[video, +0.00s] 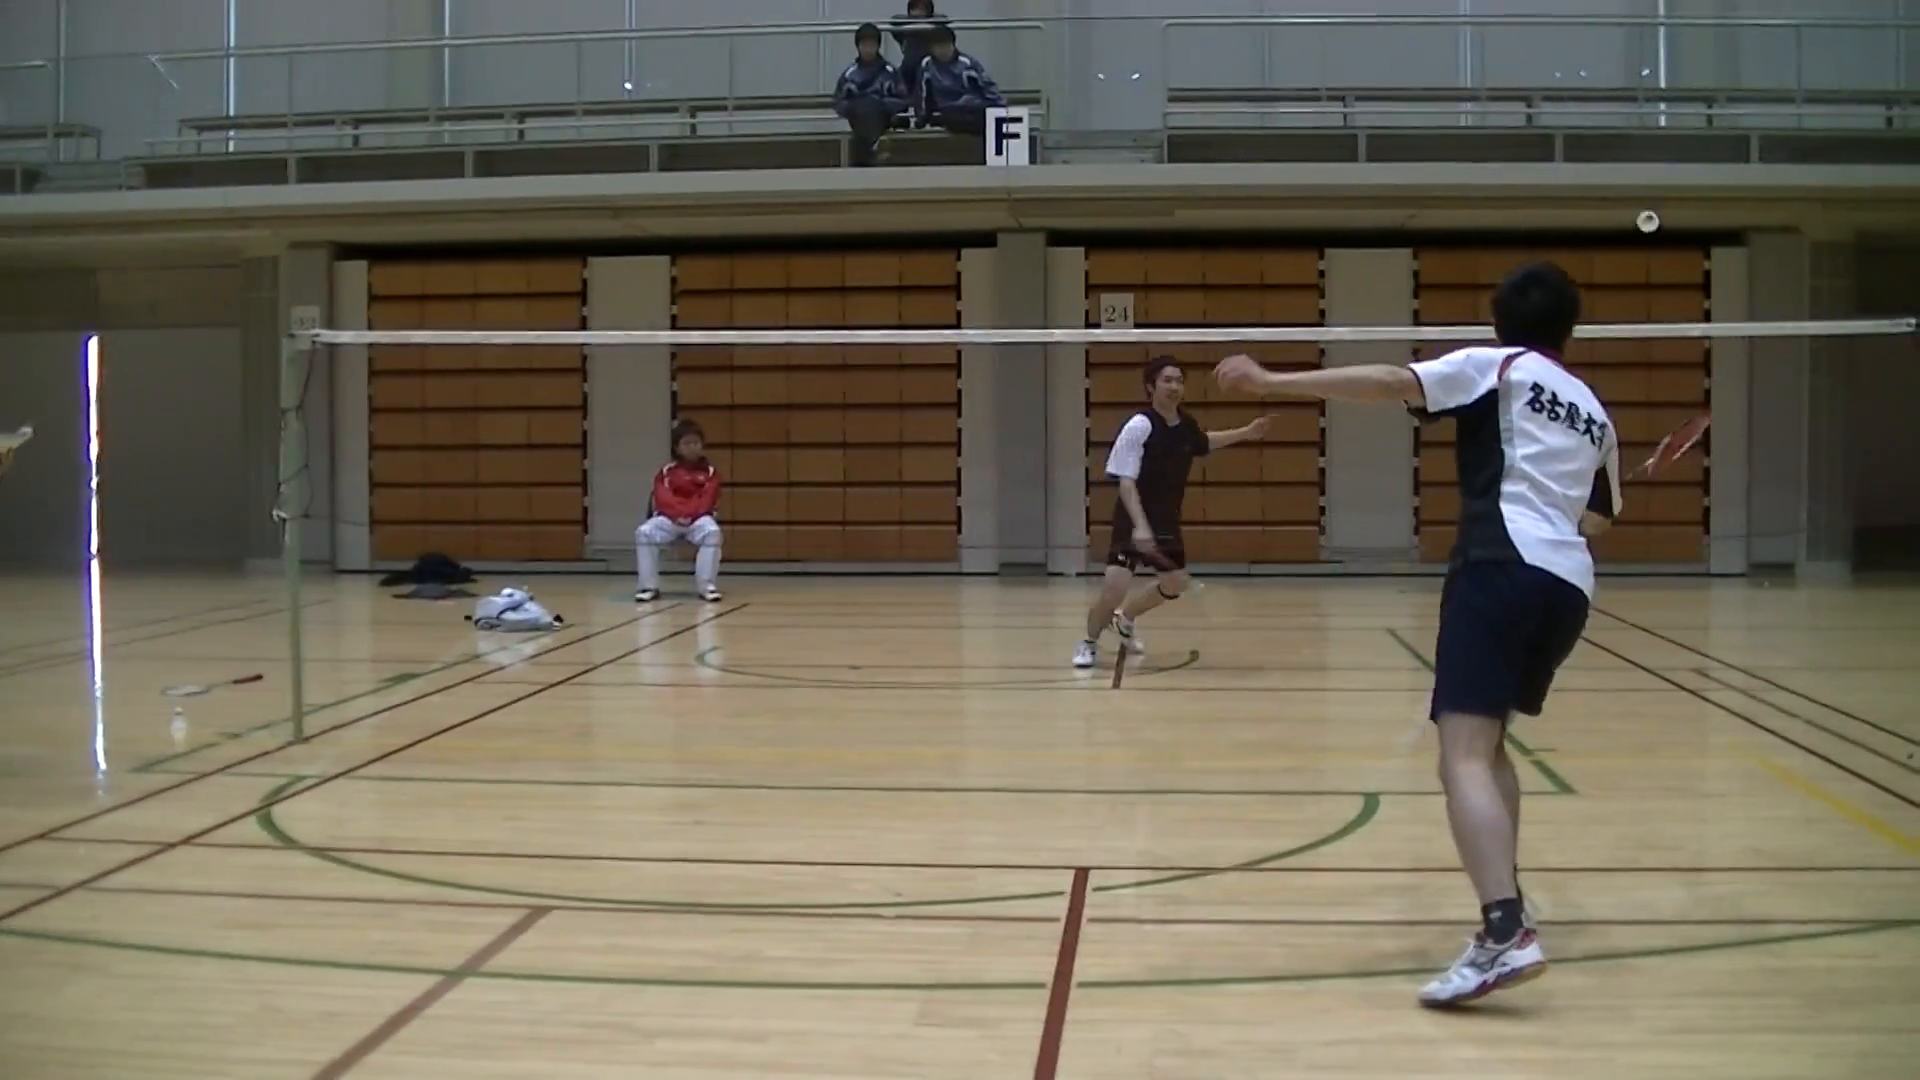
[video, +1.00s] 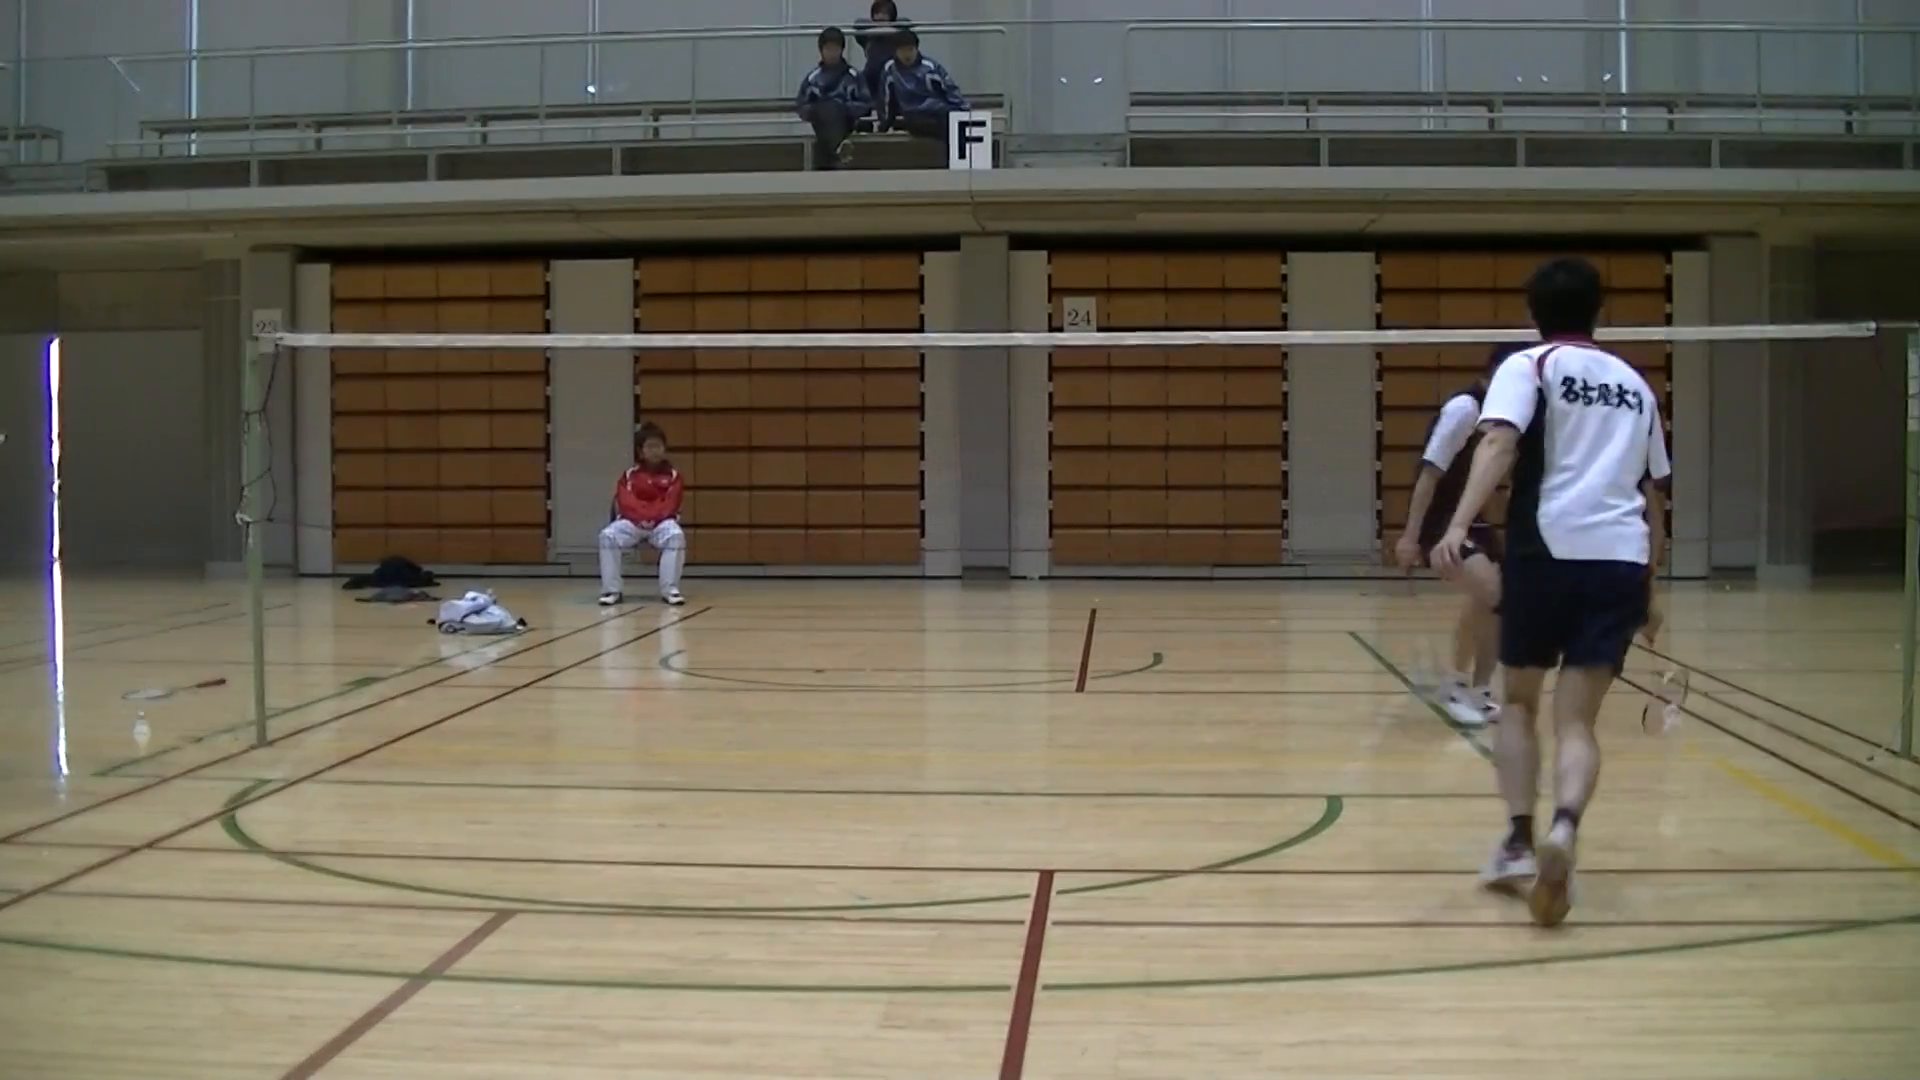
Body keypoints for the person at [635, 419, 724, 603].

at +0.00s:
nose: (692, 448)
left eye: (696, 443)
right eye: (686, 443)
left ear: (702, 445)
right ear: (676, 448)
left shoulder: (710, 472)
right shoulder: (666, 471)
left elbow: (707, 501)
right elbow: (662, 500)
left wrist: (689, 515)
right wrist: (679, 514)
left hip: (698, 518)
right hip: (670, 518)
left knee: (713, 533)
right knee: (644, 533)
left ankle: (706, 585)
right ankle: (648, 587)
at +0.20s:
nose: (660, 448)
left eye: (664, 443)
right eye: (655, 443)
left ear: (670, 445)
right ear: (646, 448)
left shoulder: (678, 472)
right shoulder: (636, 471)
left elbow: (676, 500)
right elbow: (630, 498)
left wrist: (660, 515)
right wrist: (645, 514)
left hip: (666, 518)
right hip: (638, 518)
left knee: (681, 534)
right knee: (613, 534)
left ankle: (675, 586)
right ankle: (617, 588)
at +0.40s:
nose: (654, 448)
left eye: (657, 443)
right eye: (648, 444)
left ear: (662, 446)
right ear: (638, 449)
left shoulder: (671, 473)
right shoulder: (628, 472)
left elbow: (669, 501)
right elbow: (623, 499)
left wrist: (653, 516)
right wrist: (639, 515)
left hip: (659, 519)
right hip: (631, 519)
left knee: (674, 535)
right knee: (606, 535)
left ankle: (668, 586)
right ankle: (610, 588)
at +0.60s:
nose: (653, 450)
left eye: (657, 444)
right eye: (648, 445)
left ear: (662, 448)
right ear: (638, 450)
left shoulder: (670, 475)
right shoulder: (628, 474)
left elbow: (668, 503)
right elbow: (623, 501)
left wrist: (652, 518)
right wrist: (638, 517)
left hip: (659, 521)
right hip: (630, 521)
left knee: (673, 536)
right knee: (606, 536)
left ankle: (668, 588)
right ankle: (610, 590)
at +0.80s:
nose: (654, 450)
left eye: (657, 445)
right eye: (648, 446)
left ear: (663, 448)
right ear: (639, 450)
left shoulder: (672, 475)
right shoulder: (628, 474)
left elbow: (669, 505)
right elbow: (624, 503)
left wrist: (652, 519)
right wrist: (640, 517)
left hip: (660, 521)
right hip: (631, 521)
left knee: (675, 537)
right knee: (607, 536)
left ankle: (669, 588)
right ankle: (611, 590)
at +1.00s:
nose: (655, 451)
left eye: (658, 446)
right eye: (650, 446)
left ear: (664, 449)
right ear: (640, 451)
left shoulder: (673, 476)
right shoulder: (630, 475)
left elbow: (670, 505)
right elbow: (625, 502)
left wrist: (653, 519)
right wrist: (641, 517)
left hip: (661, 521)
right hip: (632, 521)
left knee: (676, 537)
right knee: (608, 537)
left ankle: (670, 588)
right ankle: (612, 591)